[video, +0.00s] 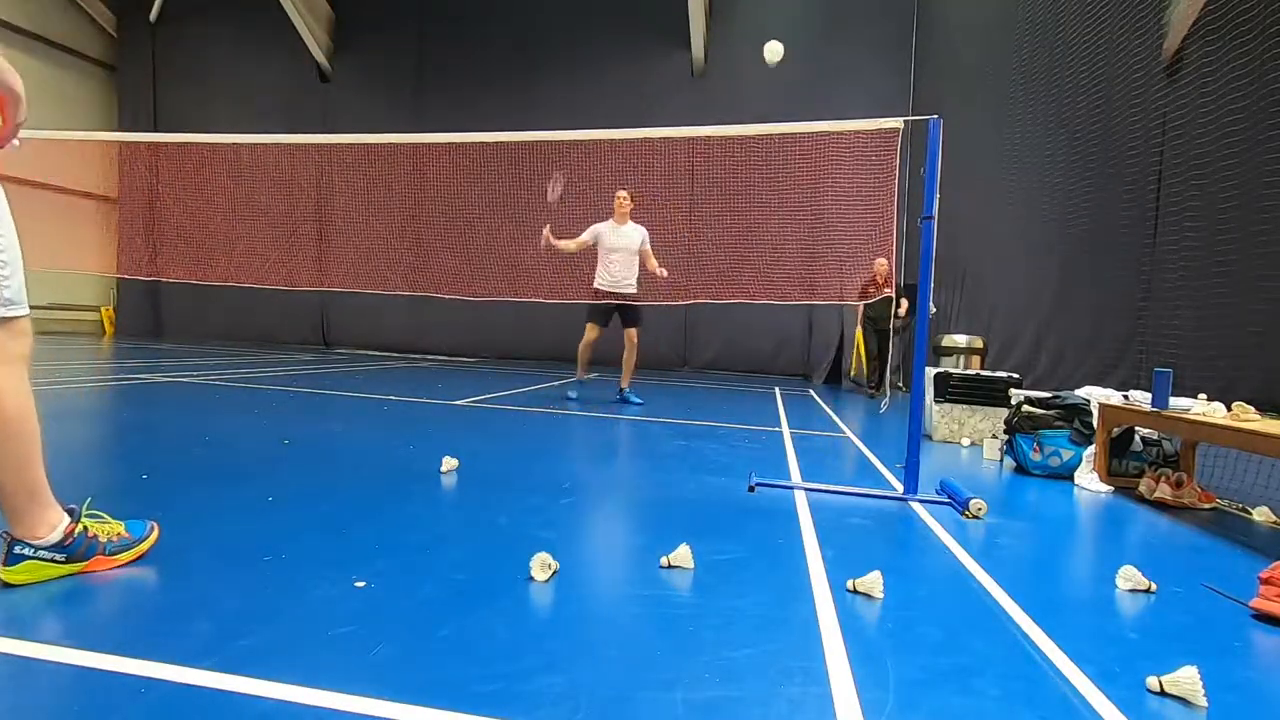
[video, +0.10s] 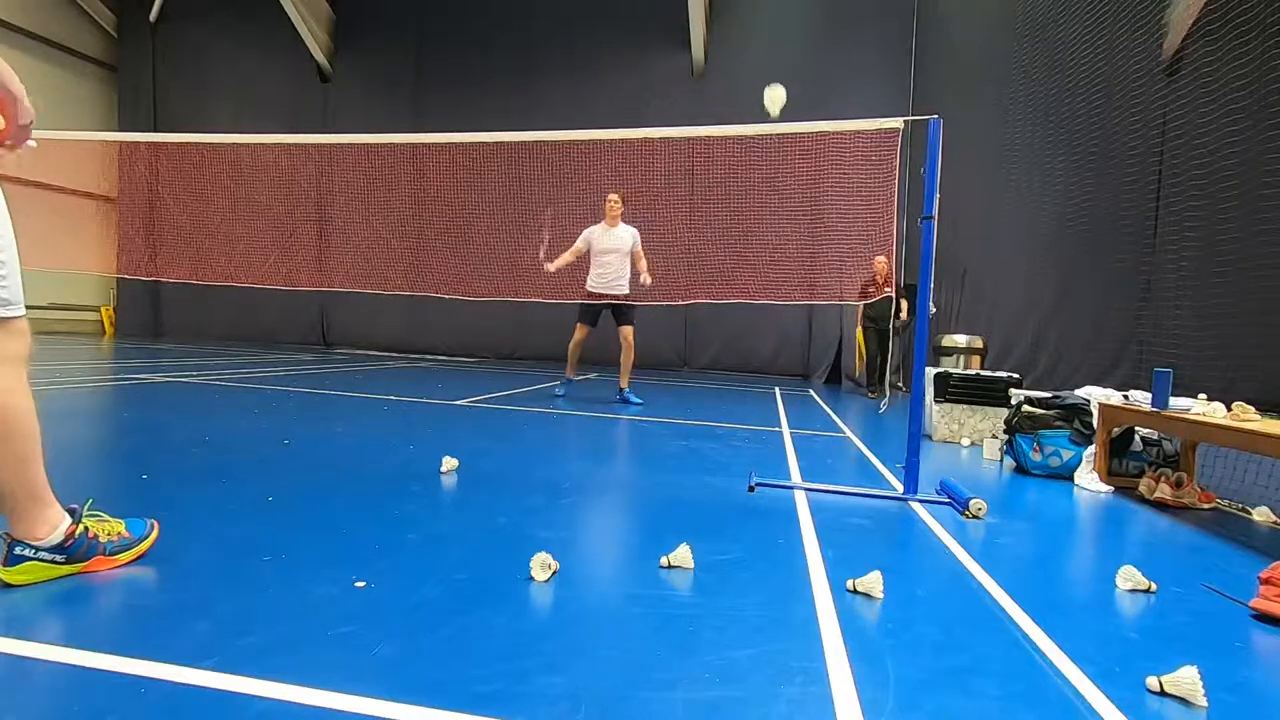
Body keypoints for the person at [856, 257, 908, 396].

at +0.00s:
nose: (884, 268)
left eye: (885, 265)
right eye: (881, 265)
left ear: (888, 267)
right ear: (875, 267)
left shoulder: (893, 284)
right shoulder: (868, 285)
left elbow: (903, 298)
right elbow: (861, 304)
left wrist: (902, 309)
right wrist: (859, 323)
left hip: (886, 325)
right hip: (870, 324)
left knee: (884, 356)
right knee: (872, 354)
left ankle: (880, 384)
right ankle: (871, 385)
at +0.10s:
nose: (881, 266)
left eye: (883, 263)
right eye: (878, 263)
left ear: (887, 266)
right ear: (874, 266)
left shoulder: (892, 283)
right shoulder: (867, 284)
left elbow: (902, 298)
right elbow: (861, 303)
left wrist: (903, 312)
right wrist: (858, 321)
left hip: (887, 325)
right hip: (870, 324)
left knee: (885, 357)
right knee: (871, 355)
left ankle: (881, 386)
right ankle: (871, 387)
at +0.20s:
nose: (882, 262)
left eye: (884, 259)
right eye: (879, 259)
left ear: (888, 262)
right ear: (874, 262)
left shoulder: (894, 281)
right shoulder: (867, 281)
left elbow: (901, 299)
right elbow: (861, 302)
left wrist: (903, 318)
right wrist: (858, 321)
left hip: (887, 324)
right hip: (869, 323)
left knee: (886, 356)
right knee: (871, 356)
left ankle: (882, 386)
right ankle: (871, 387)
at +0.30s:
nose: (884, 261)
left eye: (886, 258)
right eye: (880, 258)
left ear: (890, 261)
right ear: (875, 261)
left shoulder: (894, 280)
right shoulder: (867, 280)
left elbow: (900, 300)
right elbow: (861, 301)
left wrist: (903, 319)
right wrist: (858, 319)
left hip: (887, 323)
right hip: (869, 322)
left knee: (886, 356)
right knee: (871, 356)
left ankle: (882, 387)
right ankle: (871, 388)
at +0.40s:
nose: (883, 261)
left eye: (886, 258)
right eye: (881, 258)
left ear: (890, 262)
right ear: (876, 261)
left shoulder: (894, 281)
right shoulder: (868, 280)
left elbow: (900, 300)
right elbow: (861, 301)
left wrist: (903, 319)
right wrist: (856, 318)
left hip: (887, 324)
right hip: (869, 323)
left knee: (885, 356)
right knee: (871, 357)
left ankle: (881, 387)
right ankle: (872, 388)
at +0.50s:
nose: (885, 261)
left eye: (888, 259)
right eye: (882, 258)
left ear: (892, 262)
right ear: (877, 261)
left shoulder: (895, 281)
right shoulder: (869, 280)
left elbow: (901, 301)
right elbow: (862, 300)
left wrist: (905, 320)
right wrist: (855, 318)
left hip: (887, 325)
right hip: (869, 323)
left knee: (884, 358)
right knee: (870, 357)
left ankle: (881, 390)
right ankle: (872, 389)